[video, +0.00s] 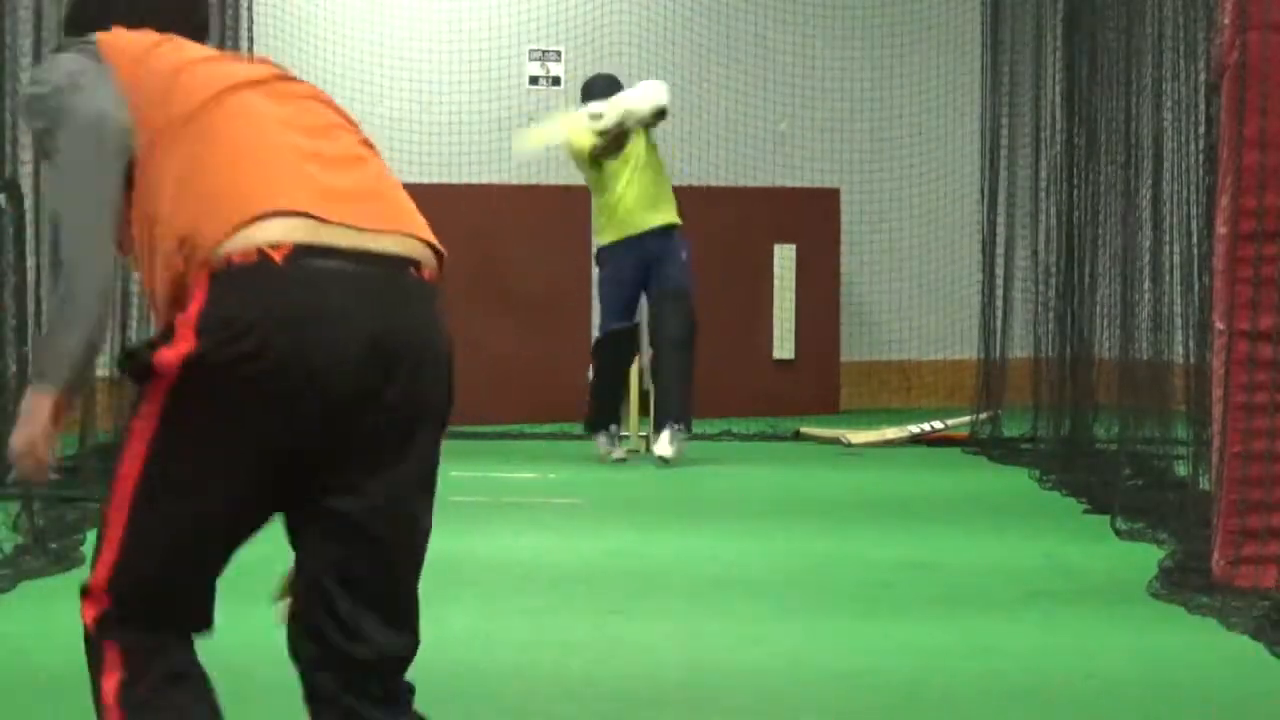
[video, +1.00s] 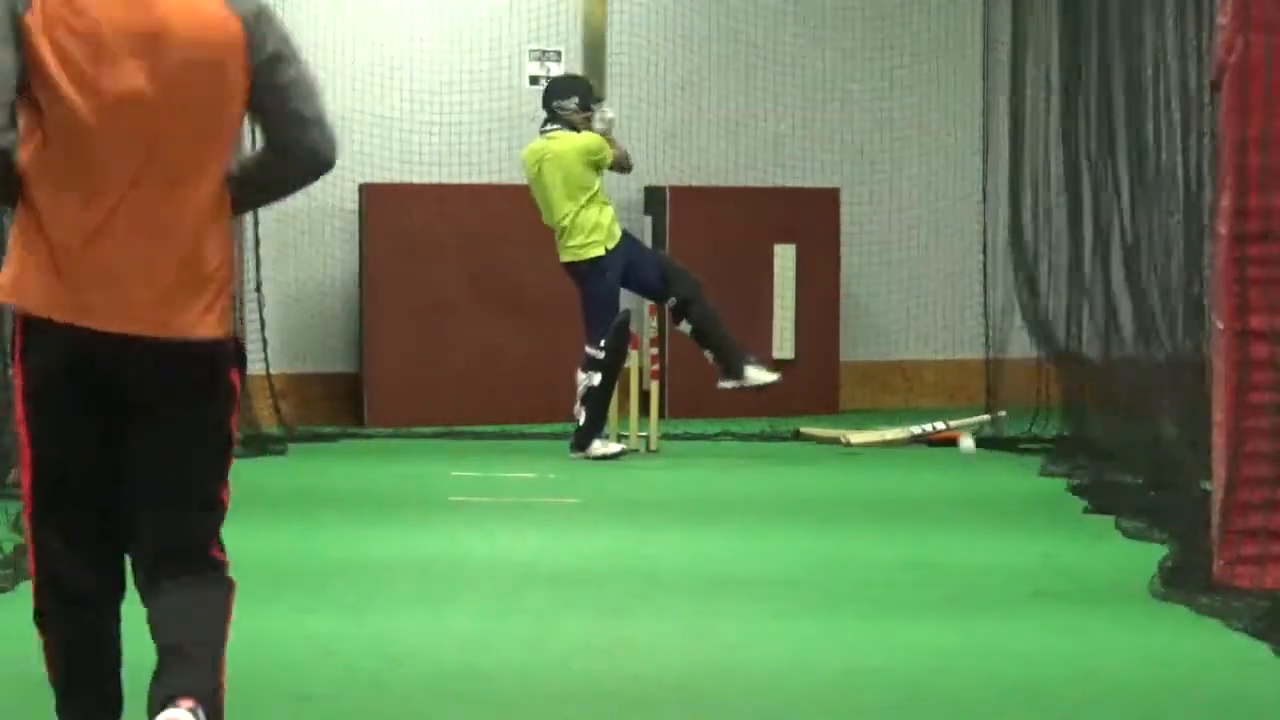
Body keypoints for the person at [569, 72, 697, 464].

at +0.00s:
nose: (604, 115)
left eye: (609, 107)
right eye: (597, 110)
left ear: (619, 104)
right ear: (587, 109)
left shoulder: (639, 124)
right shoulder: (578, 134)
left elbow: (654, 111)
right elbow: (601, 150)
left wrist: (632, 107)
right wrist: (618, 125)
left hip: (662, 232)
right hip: (616, 242)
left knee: (674, 330)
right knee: (615, 337)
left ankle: (671, 426)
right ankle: (604, 428)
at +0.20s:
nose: (593, 108)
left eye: (590, 101)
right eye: (586, 102)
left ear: (567, 109)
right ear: (568, 109)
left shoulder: (593, 145)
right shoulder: (559, 144)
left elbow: (637, 148)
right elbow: (618, 114)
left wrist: (660, 109)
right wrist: (657, 79)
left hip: (641, 236)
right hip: (604, 250)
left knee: (685, 294)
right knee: (607, 344)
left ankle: (714, 399)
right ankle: (589, 434)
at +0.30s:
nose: (586, 110)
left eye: (583, 105)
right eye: (579, 105)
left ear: (561, 114)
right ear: (560, 113)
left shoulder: (582, 147)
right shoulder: (561, 145)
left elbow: (628, 162)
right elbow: (615, 120)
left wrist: (648, 119)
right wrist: (641, 88)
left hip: (631, 245)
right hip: (596, 257)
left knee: (689, 294)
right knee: (606, 347)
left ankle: (744, 372)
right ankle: (584, 440)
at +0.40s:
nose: (581, 113)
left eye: (579, 107)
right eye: (575, 108)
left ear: (553, 115)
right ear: (556, 113)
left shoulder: (575, 150)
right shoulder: (559, 147)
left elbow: (615, 174)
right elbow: (617, 125)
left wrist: (625, 128)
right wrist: (618, 107)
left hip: (626, 245)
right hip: (595, 256)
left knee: (693, 291)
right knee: (609, 349)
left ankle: (761, 356)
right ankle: (586, 439)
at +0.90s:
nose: (588, 114)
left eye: (586, 107)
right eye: (583, 109)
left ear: (549, 112)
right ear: (568, 110)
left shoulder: (530, 156)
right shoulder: (582, 141)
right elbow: (616, 152)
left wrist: (573, 132)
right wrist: (592, 127)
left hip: (616, 244)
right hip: (594, 256)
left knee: (682, 290)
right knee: (605, 346)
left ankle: (750, 352)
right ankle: (586, 438)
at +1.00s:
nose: (591, 117)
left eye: (591, 110)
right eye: (587, 110)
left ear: (553, 110)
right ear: (570, 109)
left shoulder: (531, 153)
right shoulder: (582, 142)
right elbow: (623, 162)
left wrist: (589, 141)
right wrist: (604, 134)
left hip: (615, 244)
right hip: (594, 255)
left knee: (682, 289)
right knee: (606, 343)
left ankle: (736, 366)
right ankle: (586, 438)